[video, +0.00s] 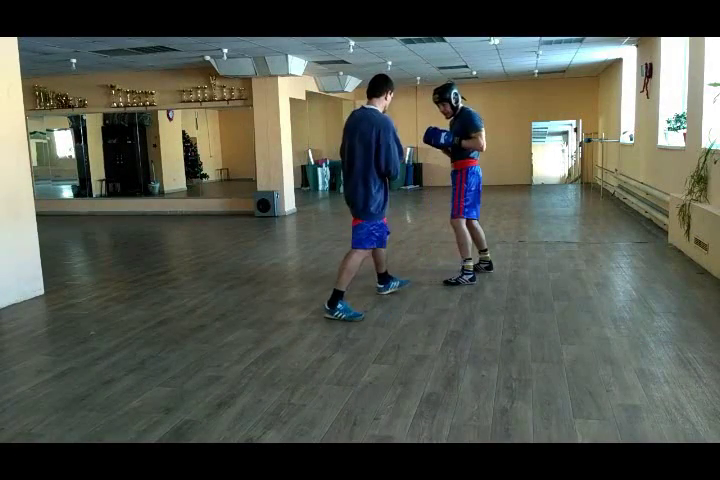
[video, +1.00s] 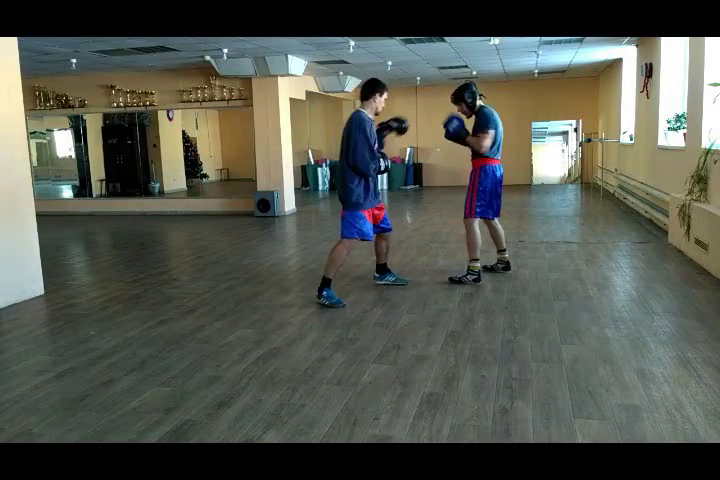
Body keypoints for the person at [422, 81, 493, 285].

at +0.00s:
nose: (442, 110)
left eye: (443, 105)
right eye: (439, 106)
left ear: (454, 100)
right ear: (442, 104)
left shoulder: (469, 115)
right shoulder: (455, 121)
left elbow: (480, 144)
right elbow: (456, 153)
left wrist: (453, 141)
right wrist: (441, 143)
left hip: (467, 170)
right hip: (462, 170)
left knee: (457, 220)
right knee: (470, 219)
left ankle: (467, 271)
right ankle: (485, 260)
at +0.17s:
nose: (439, 108)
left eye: (440, 104)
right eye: (438, 105)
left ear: (450, 100)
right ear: (452, 99)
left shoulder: (469, 113)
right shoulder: (453, 118)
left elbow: (472, 143)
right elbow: (455, 150)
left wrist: (454, 125)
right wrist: (441, 139)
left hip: (468, 168)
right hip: (463, 168)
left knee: (460, 221)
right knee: (472, 219)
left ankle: (468, 271)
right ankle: (485, 259)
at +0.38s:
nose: (443, 107)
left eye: (444, 103)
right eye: (442, 104)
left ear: (450, 101)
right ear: (456, 99)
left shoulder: (467, 113)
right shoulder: (462, 113)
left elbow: (441, 136)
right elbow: (439, 136)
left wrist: (442, 112)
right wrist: (441, 116)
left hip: (470, 168)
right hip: (476, 166)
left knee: (466, 220)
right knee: (478, 217)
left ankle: (469, 271)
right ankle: (486, 258)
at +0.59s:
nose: (452, 108)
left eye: (451, 104)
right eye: (450, 105)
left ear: (461, 100)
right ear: (467, 99)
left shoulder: (476, 114)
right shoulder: (478, 115)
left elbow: (470, 144)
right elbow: (466, 145)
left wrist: (452, 125)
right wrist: (448, 133)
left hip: (474, 170)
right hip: (483, 169)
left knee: (464, 220)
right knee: (482, 218)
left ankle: (468, 271)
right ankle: (501, 260)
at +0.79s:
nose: (461, 110)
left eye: (461, 105)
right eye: (459, 106)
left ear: (472, 100)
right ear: (472, 99)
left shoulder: (488, 113)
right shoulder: (482, 116)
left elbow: (496, 140)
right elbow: (480, 145)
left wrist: (471, 137)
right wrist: (465, 136)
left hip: (483, 168)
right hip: (488, 167)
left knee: (469, 217)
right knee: (486, 216)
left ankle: (470, 269)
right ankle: (503, 261)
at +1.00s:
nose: (459, 110)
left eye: (459, 106)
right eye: (458, 107)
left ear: (468, 101)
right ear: (472, 100)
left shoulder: (484, 114)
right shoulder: (488, 114)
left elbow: (484, 145)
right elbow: (479, 143)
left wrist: (463, 135)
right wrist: (461, 135)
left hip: (483, 169)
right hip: (494, 168)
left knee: (470, 219)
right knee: (489, 216)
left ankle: (473, 271)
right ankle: (503, 261)